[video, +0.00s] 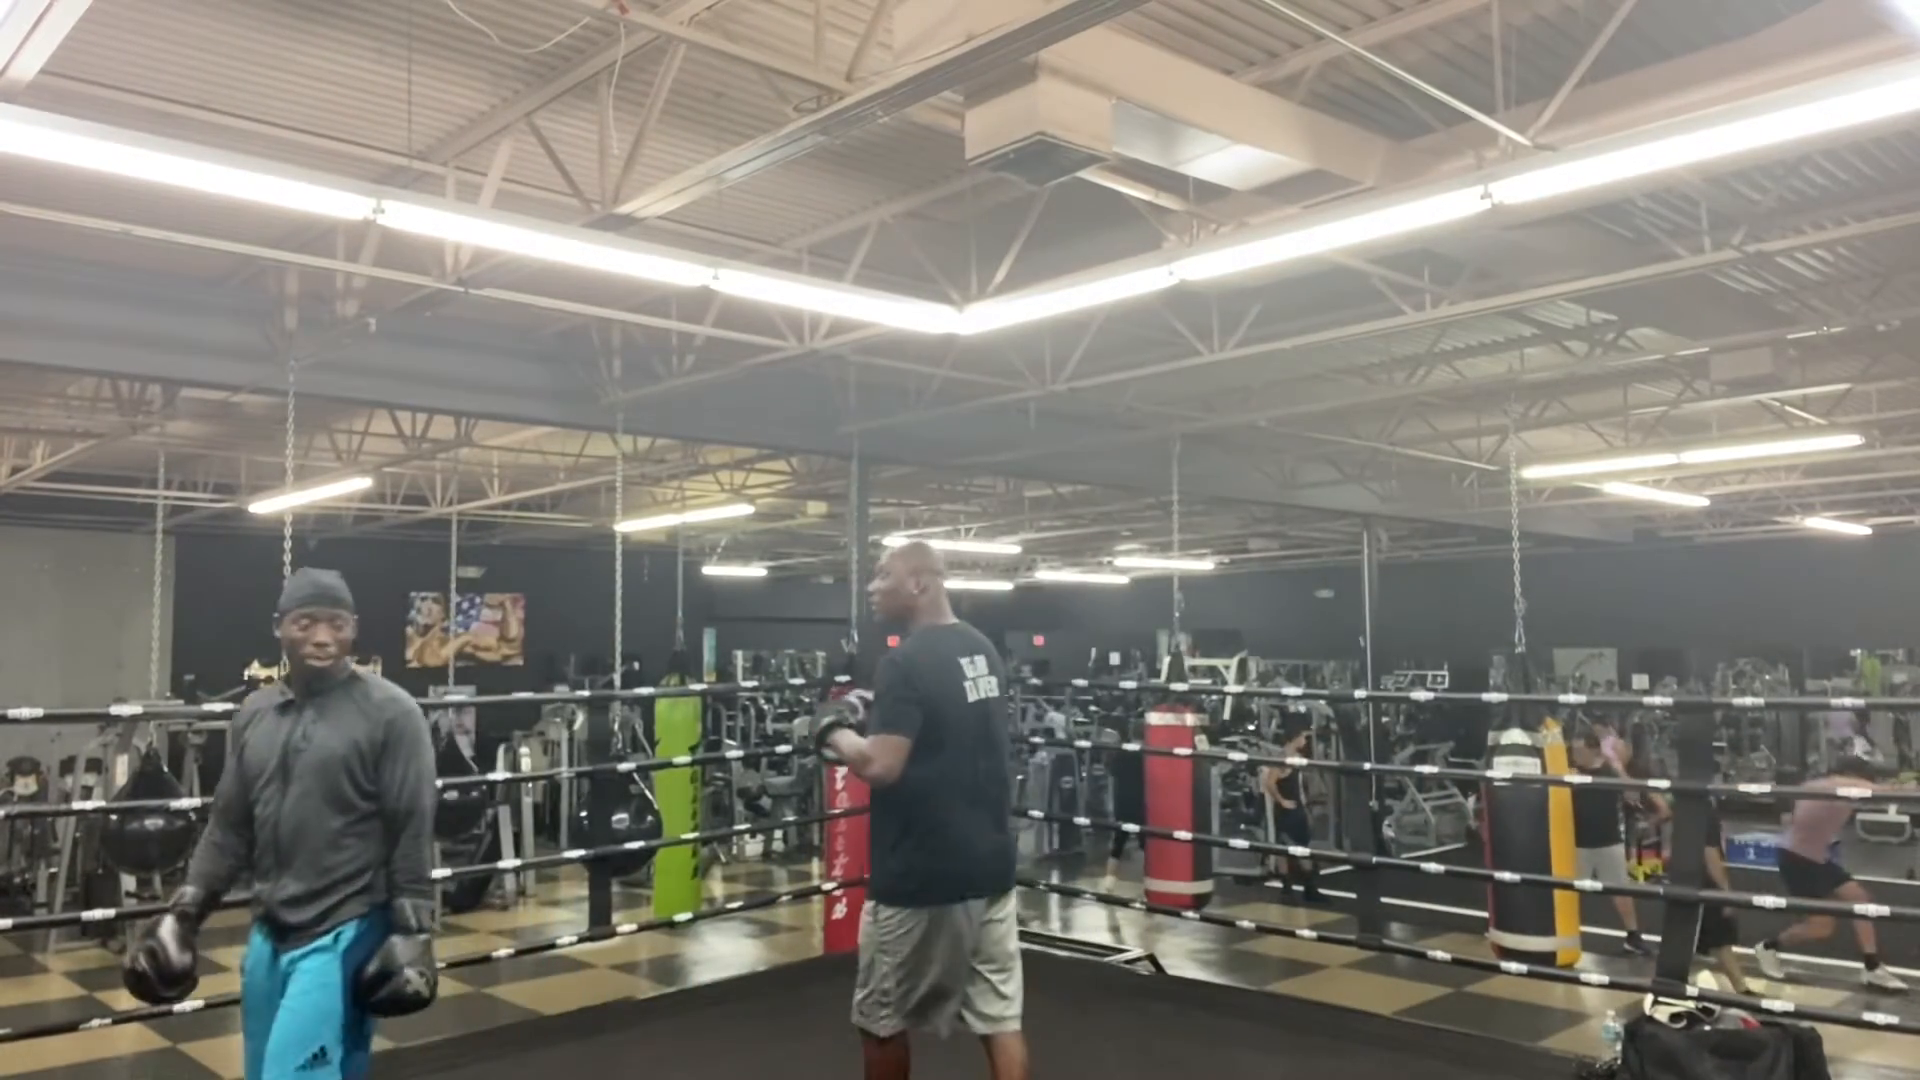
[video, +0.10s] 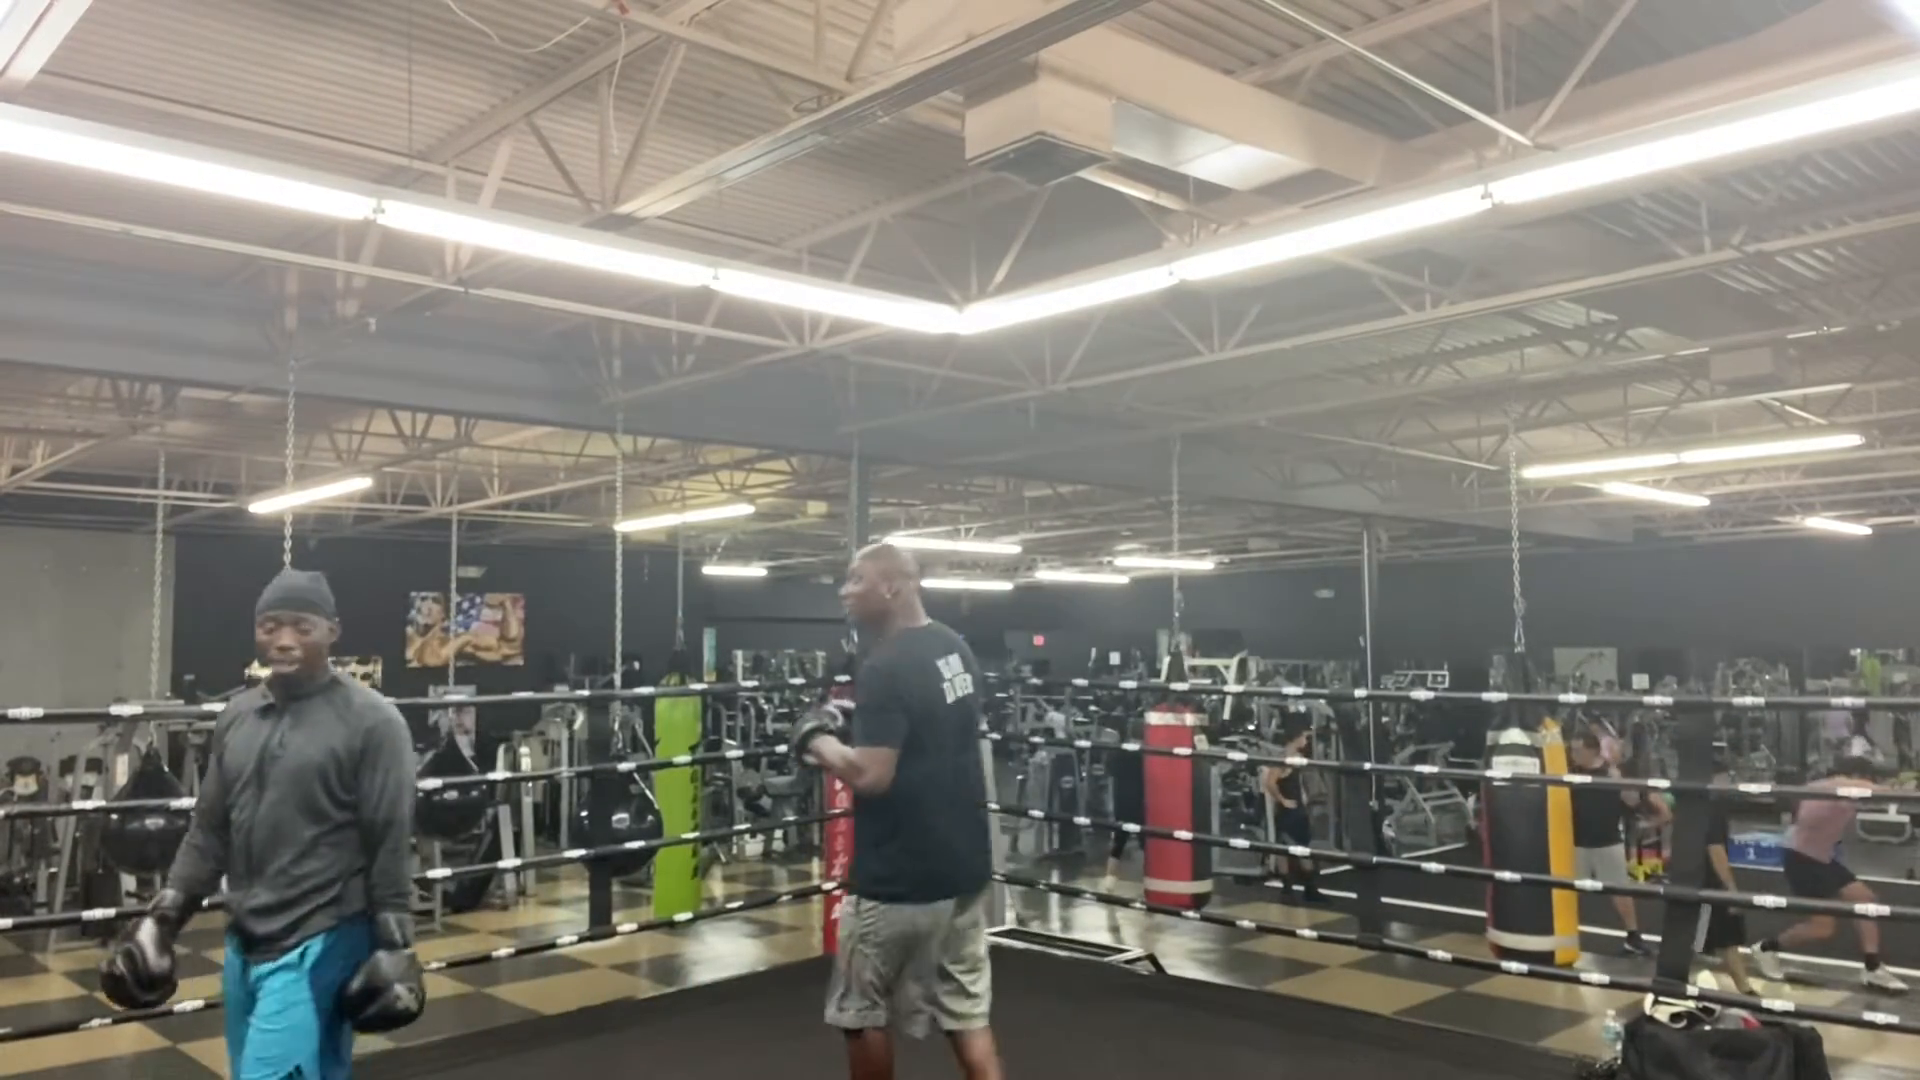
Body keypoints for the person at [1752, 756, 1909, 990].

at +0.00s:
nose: (1871, 783)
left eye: (1871, 779)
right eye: (1869, 779)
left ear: (1841, 769)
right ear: (1861, 775)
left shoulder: (1811, 783)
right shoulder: (1850, 785)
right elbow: (1883, 792)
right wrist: (1913, 788)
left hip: (1817, 862)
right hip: (1799, 863)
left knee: (1860, 902)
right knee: (1822, 927)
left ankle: (1872, 966)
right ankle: (1768, 947)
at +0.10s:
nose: (1872, 784)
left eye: (1872, 780)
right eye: (1870, 779)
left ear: (1847, 772)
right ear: (1858, 775)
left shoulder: (1817, 784)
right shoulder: (1847, 785)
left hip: (1824, 862)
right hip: (1802, 861)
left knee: (1865, 902)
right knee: (1823, 927)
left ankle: (1873, 967)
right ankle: (1766, 948)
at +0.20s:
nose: (1873, 779)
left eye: (1873, 775)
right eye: (1870, 774)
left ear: (1853, 766)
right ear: (1862, 769)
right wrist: (1903, 789)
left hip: (1828, 859)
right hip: (1802, 856)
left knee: (1867, 901)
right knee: (1819, 925)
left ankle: (1873, 968)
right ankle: (1769, 949)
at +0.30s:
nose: (1877, 771)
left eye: (1877, 765)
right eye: (1876, 765)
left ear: (1854, 760)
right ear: (1863, 761)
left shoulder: (1830, 773)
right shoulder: (1847, 777)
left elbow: (1805, 809)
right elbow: (1866, 809)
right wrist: (1877, 780)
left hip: (1834, 852)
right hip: (1805, 851)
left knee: (1866, 901)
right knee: (1813, 919)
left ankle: (1872, 967)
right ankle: (1772, 951)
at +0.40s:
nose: (1867, 766)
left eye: (1869, 762)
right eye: (1866, 761)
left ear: (1860, 760)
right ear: (1853, 756)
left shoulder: (1859, 780)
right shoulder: (1823, 773)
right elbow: (1843, 804)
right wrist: (1872, 786)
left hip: (1838, 850)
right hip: (1805, 848)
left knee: (1867, 899)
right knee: (1802, 904)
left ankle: (1873, 967)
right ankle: (1777, 953)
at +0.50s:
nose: (1855, 767)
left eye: (1860, 763)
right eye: (1853, 762)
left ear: (1863, 763)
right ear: (1842, 758)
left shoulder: (1859, 780)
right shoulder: (1816, 775)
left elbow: (1877, 808)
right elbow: (1828, 813)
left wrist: (1873, 776)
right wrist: (1849, 786)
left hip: (1839, 852)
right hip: (1804, 850)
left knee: (1866, 898)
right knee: (1789, 905)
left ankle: (1873, 967)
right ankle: (1780, 955)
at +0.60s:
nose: (1844, 776)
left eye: (1849, 771)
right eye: (1839, 770)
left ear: (1853, 770)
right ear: (1827, 767)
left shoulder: (1855, 780)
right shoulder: (1807, 779)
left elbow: (1868, 817)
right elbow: (1810, 817)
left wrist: (1854, 792)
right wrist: (1829, 789)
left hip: (1842, 856)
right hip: (1802, 855)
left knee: (1867, 903)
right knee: (1784, 903)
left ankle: (1874, 966)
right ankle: (1782, 957)